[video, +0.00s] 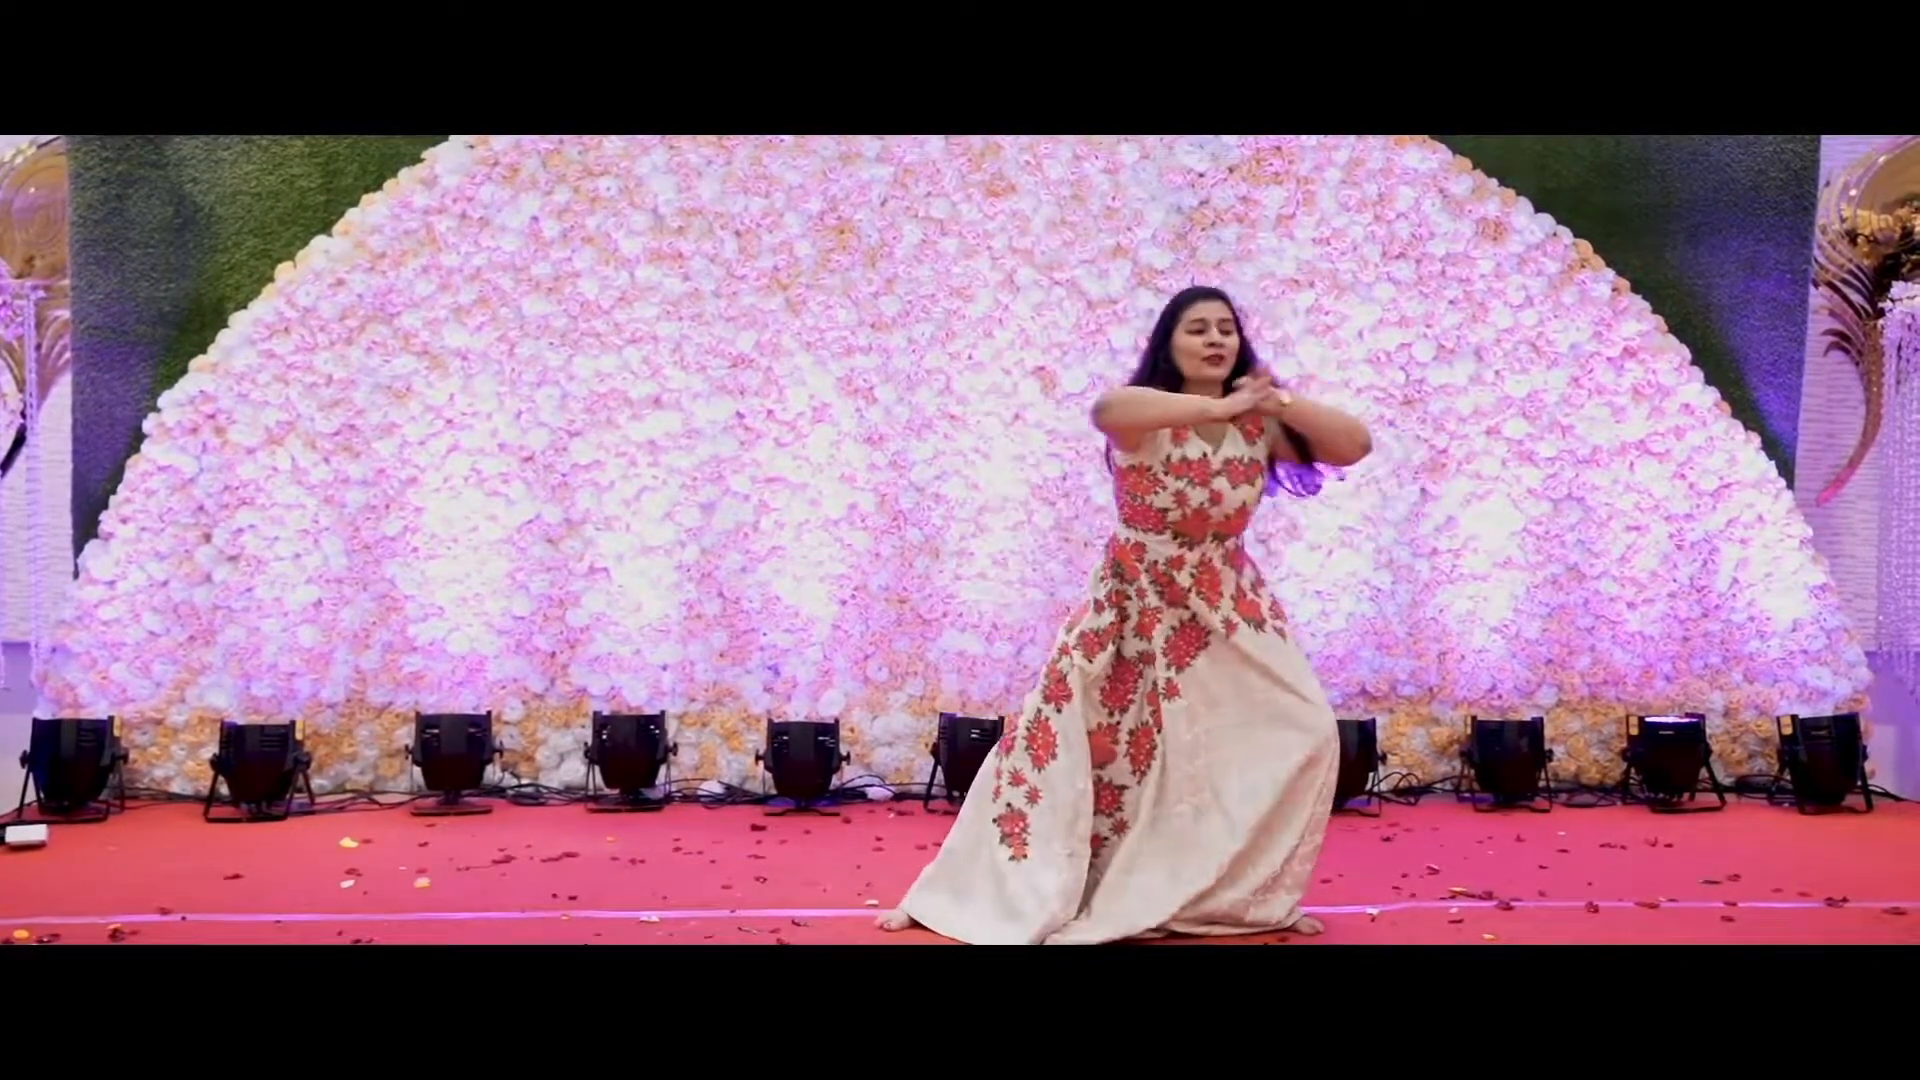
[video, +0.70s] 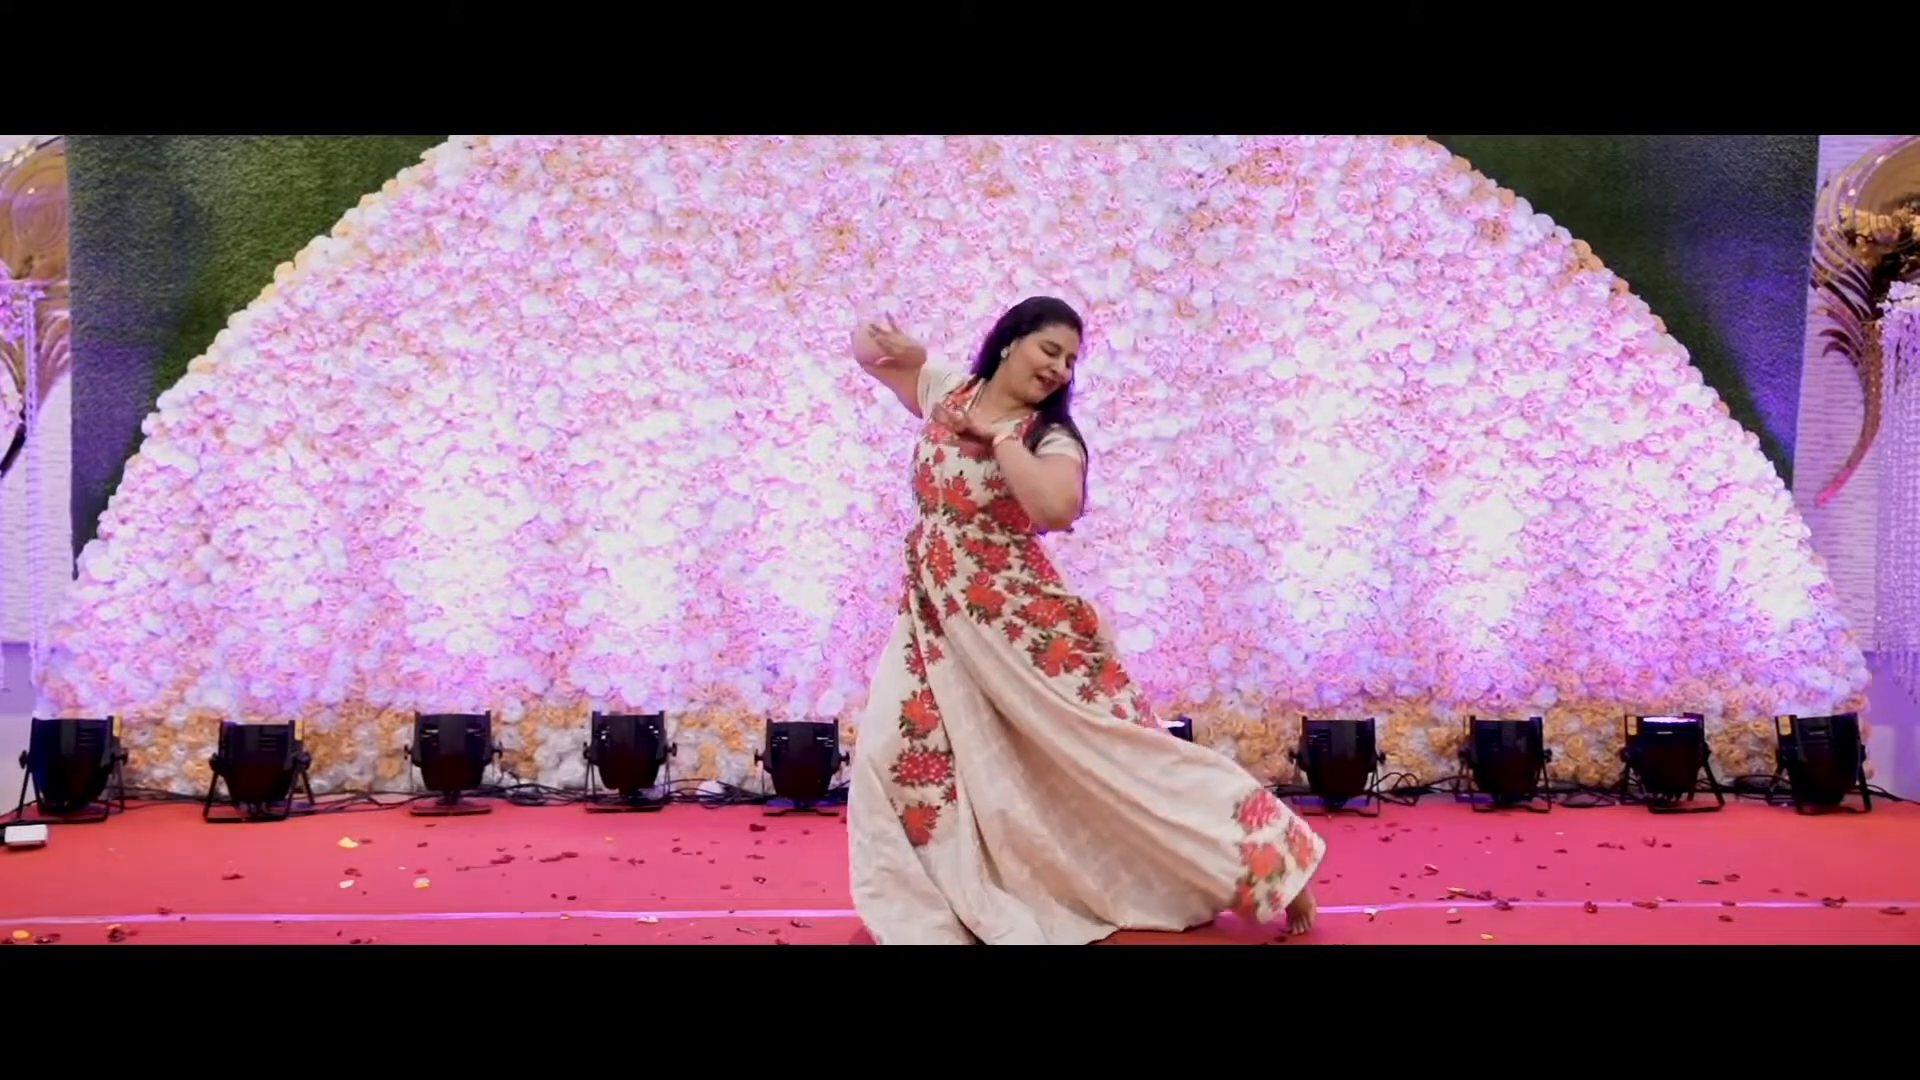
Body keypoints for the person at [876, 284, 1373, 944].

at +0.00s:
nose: (1215, 339)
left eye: (1226, 329)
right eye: (1198, 329)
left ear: (1241, 344)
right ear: (1168, 344)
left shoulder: (1262, 417)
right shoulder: (1145, 408)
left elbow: (1355, 443)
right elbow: (1108, 411)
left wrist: (1284, 404)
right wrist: (1211, 407)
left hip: (1227, 598)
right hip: (1135, 598)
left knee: (1312, 731)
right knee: (1094, 740)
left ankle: (1227, 893)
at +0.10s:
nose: (1173, 329)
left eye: (1185, 319)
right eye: (1157, 319)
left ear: (1201, 334)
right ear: (1129, 335)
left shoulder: (1228, 400)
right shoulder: (1101, 405)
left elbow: (1300, 436)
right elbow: (1025, 419)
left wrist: (1235, 397)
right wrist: (1138, 402)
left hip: (1207, 597)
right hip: (1110, 598)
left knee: (1292, 731)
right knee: (1032, 727)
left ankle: (1233, 893)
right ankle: (1047, 894)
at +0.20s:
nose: (1130, 323)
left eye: (1143, 314)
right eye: (1116, 311)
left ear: (1162, 328)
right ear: (1091, 322)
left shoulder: (1188, 397)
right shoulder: (1059, 398)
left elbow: (1242, 448)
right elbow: (958, 421)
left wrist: (1178, 395)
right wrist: (1058, 393)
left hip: (1176, 589)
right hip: (1082, 591)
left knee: (1260, 721)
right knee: (1028, 726)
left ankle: (1230, 890)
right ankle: (1052, 894)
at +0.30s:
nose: (1094, 318)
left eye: (1110, 310)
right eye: (1081, 305)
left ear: (1124, 325)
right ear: (1056, 315)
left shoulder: (1150, 395)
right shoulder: (1021, 394)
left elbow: (1198, 462)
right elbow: (914, 399)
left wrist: (1143, 402)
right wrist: (992, 352)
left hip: (1140, 585)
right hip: (1047, 588)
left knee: (1216, 728)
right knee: (982, 727)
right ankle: (1022, 897)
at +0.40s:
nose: (1078, 317)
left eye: (1091, 311)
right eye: (1067, 301)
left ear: (1101, 325)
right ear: (1032, 305)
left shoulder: (1107, 384)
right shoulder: (984, 376)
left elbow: (1158, 447)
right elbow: (890, 345)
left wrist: (1100, 375)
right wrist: (960, 314)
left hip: (1103, 571)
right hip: (1015, 575)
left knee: (1167, 721)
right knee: (983, 729)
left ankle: (1276, 884)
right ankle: (1014, 896)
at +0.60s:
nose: (1061, 348)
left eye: (1072, 340)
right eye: (1052, 330)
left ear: (1073, 354)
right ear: (1015, 323)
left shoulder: (1065, 411)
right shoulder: (953, 375)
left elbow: (1088, 474)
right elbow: (876, 320)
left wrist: (1038, 401)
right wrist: (915, 318)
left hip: (1038, 595)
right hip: (953, 599)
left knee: (1131, 731)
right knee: (914, 744)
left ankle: (1278, 843)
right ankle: (938, 913)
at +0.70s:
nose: (1057, 368)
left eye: (1068, 362)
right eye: (1048, 350)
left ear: (1067, 376)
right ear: (1009, 341)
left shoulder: (1052, 437)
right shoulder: (948, 392)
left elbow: (1057, 507)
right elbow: (879, 356)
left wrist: (1000, 436)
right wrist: (882, 344)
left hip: (1015, 614)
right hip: (933, 613)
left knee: (1114, 745)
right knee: (890, 754)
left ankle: (1274, 852)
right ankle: (924, 914)